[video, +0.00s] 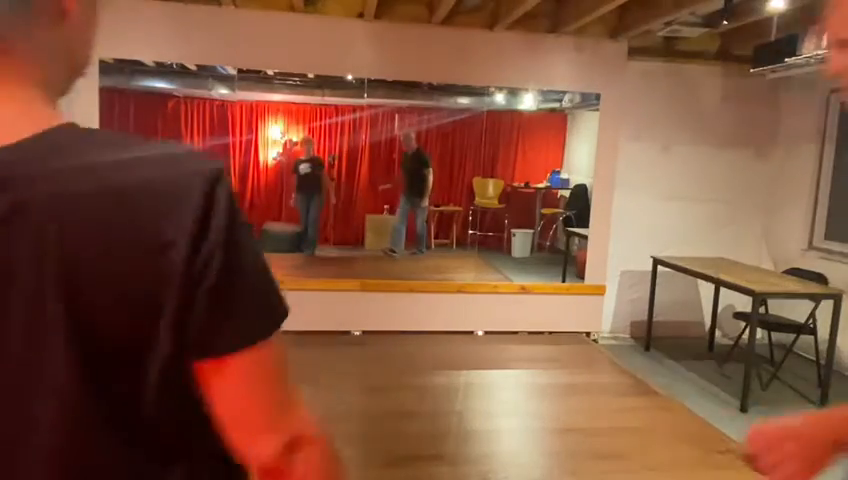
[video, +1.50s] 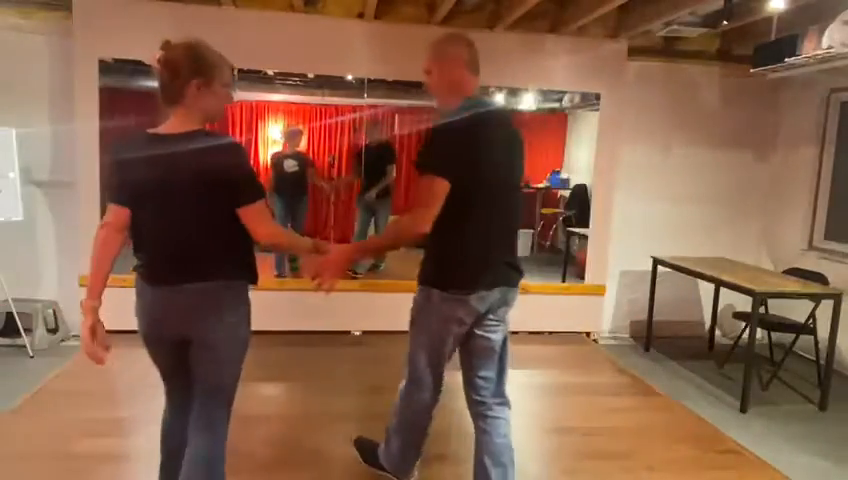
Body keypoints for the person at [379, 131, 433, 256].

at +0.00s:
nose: (405, 144)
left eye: (408, 141)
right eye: (404, 142)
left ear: (414, 141)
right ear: (402, 143)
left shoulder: (422, 156)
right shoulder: (405, 157)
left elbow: (429, 177)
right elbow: (401, 177)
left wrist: (426, 197)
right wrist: (388, 186)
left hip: (420, 195)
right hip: (407, 193)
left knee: (420, 223)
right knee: (400, 221)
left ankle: (421, 247)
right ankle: (395, 247)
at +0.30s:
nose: (401, 138)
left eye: (403, 135)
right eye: (399, 135)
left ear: (408, 136)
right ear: (396, 136)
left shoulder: (414, 149)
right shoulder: (394, 151)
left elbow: (422, 170)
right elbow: (392, 171)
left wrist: (416, 192)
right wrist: (381, 184)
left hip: (410, 191)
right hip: (397, 190)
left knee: (411, 222)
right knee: (397, 222)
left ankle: (412, 246)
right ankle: (395, 251)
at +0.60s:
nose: (395, 136)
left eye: (397, 132)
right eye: (393, 132)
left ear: (402, 133)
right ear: (390, 133)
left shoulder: (408, 149)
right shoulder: (386, 150)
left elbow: (417, 172)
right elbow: (380, 169)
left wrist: (414, 192)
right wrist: (374, 183)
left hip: (403, 190)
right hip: (389, 189)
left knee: (396, 220)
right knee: (390, 220)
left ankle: (394, 253)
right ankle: (392, 252)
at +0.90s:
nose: (390, 133)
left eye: (393, 130)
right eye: (388, 130)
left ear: (397, 133)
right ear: (384, 132)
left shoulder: (402, 149)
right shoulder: (380, 150)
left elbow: (411, 173)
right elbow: (373, 169)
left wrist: (412, 195)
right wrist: (364, 178)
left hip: (395, 192)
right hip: (380, 191)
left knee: (385, 223)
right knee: (378, 222)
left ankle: (380, 257)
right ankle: (388, 252)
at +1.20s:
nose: (381, 135)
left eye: (384, 132)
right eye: (379, 132)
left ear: (390, 132)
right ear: (375, 132)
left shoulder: (395, 149)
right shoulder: (372, 149)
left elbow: (403, 173)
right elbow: (367, 170)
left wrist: (398, 191)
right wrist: (353, 177)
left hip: (388, 193)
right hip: (373, 192)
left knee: (384, 226)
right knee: (365, 224)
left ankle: (381, 249)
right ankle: (359, 248)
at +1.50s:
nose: (371, 134)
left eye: (374, 130)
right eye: (369, 130)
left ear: (380, 131)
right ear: (365, 132)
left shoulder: (387, 148)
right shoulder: (363, 151)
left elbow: (391, 175)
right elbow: (356, 174)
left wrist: (375, 190)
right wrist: (337, 183)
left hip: (382, 195)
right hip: (365, 194)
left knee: (380, 230)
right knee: (360, 230)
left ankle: (379, 260)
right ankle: (354, 262)